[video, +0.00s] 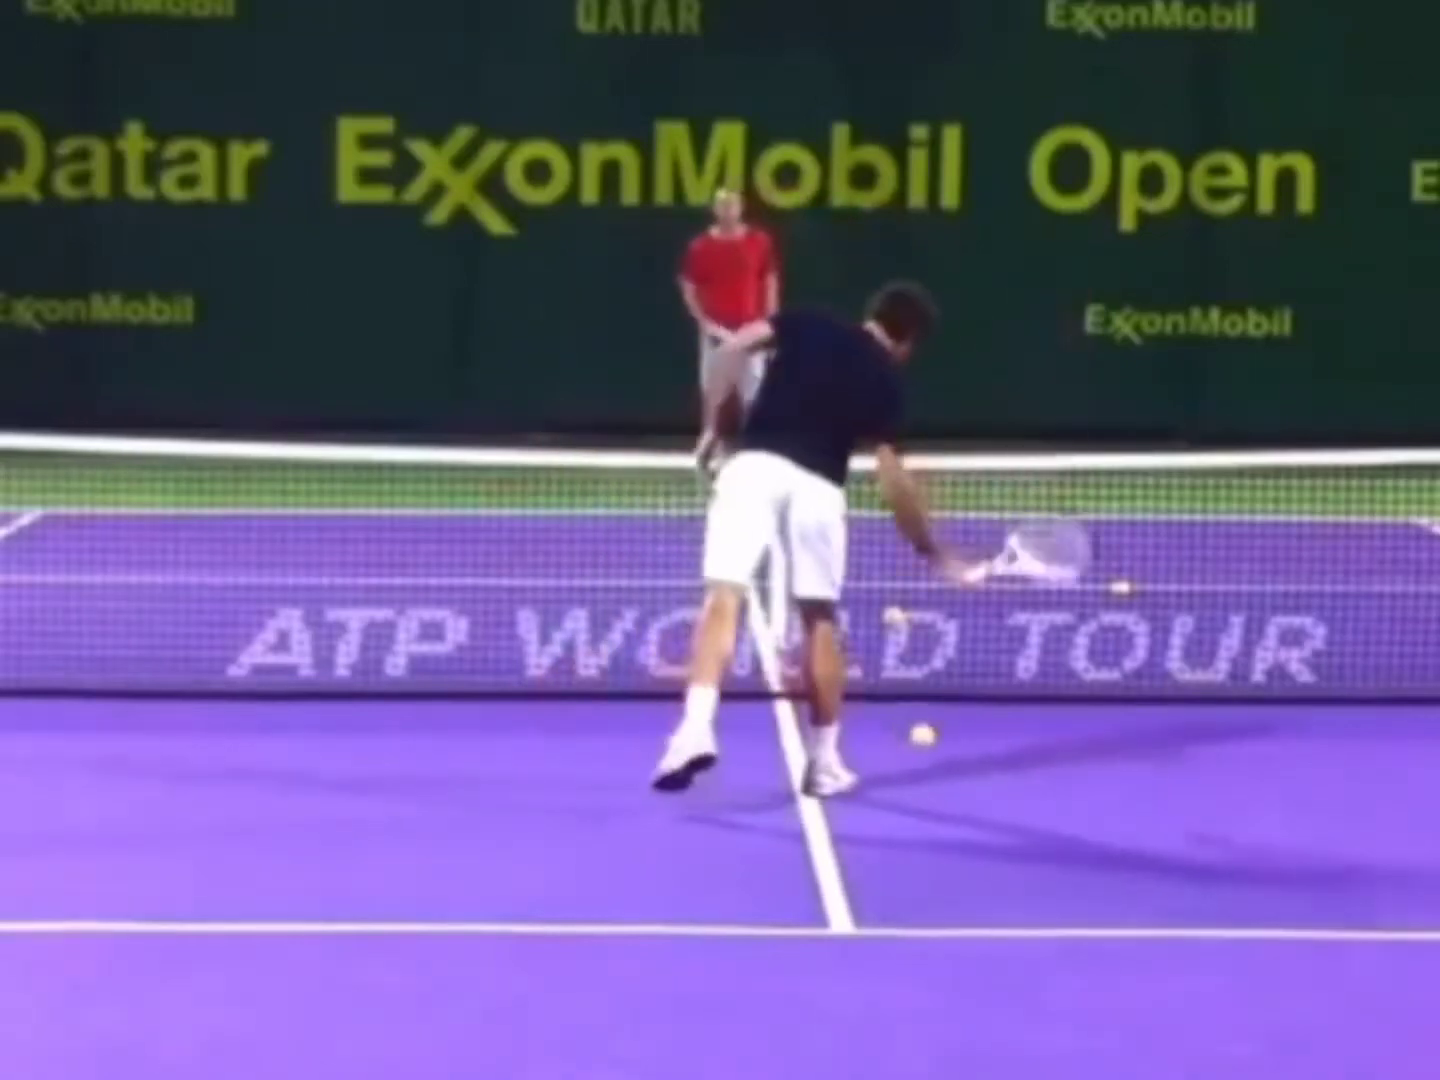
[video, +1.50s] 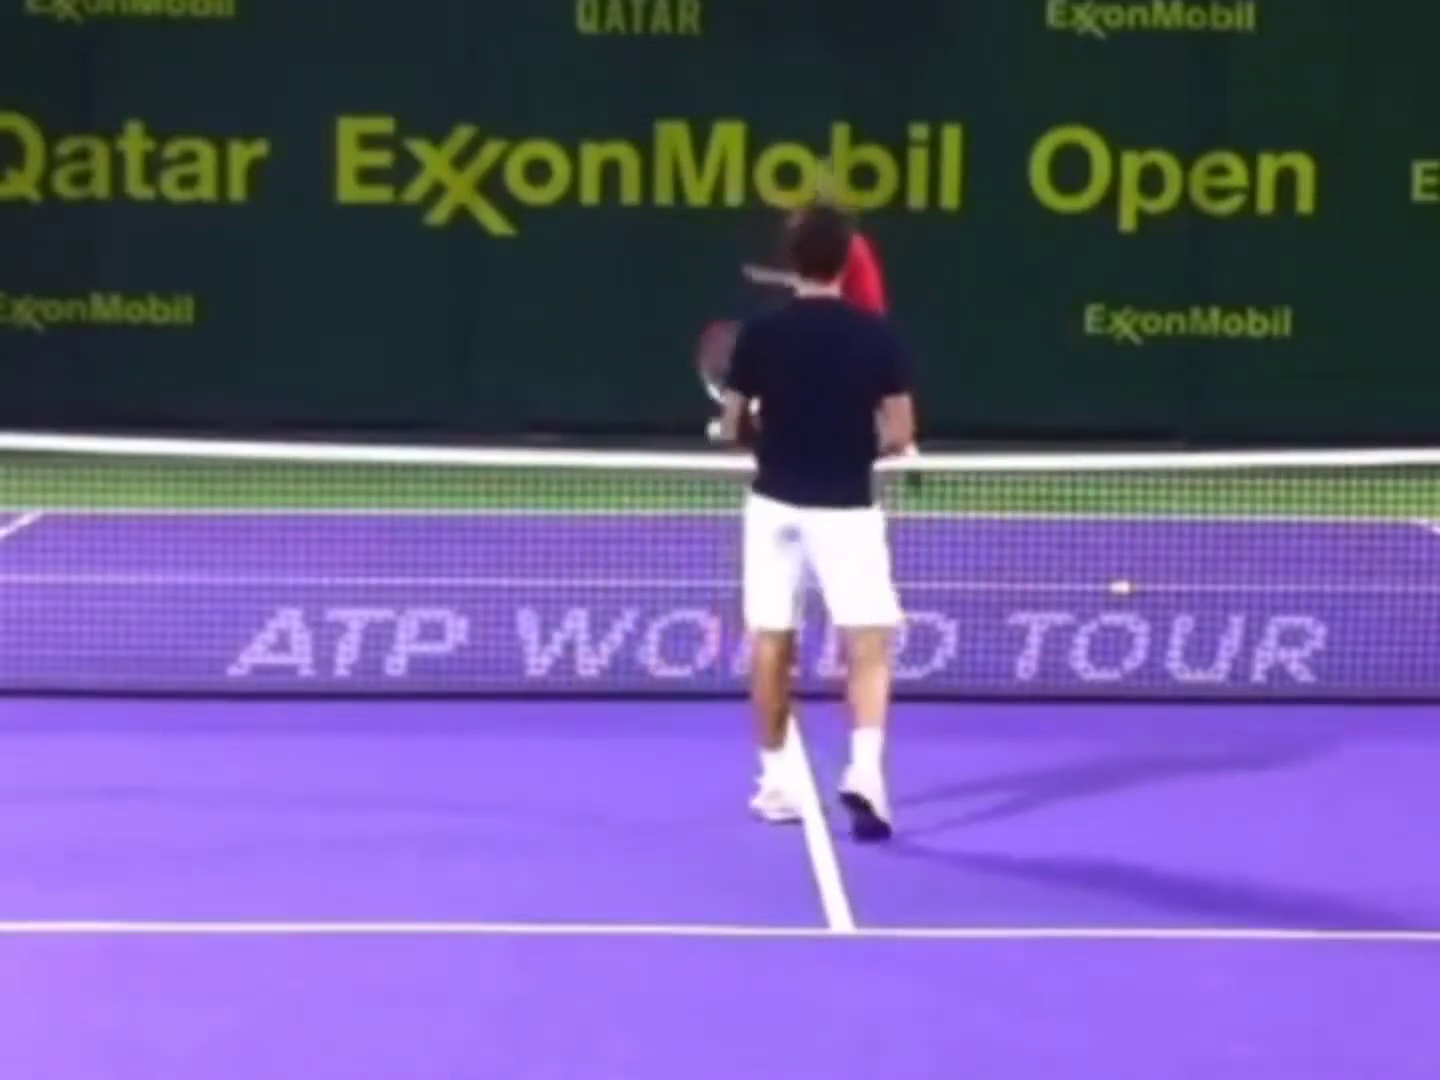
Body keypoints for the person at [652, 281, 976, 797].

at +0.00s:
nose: (910, 355)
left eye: (909, 345)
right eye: (912, 346)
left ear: (867, 314)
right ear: (906, 341)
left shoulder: (810, 324)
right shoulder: (885, 382)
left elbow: (730, 348)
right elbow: (893, 480)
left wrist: (716, 424)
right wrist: (933, 551)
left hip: (753, 469)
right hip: (817, 491)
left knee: (722, 599)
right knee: (821, 622)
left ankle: (697, 727)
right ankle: (824, 759)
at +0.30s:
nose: (921, 367)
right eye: (923, 359)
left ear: (884, 323)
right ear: (919, 356)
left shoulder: (836, 328)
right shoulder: (903, 397)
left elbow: (772, 346)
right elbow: (898, 505)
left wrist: (762, 421)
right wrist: (871, 539)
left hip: (778, 459)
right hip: (842, 487)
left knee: (727, 584)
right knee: (833, 616)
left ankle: (690, 705)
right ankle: (826, 759)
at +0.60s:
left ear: (874, 280)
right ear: (921, 305)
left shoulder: (829, 304)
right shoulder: (909, 361)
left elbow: (778, 352)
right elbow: (890, 458)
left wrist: (768, 422)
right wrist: (867, 474)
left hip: (784, 465)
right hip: (849, 485)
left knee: (745, 590)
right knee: (836, 618)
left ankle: (742, 723)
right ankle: (827, 757)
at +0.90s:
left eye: (835, 265)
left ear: (824, 273)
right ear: (874, 285)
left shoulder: (778, 333)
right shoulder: (887, 350)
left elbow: (738, 418)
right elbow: (911, 445)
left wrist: (753, 457)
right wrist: (873, 468)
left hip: (775, 505)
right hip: (846, 512)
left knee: (757, 637)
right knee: (843, 631)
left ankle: (781, 757)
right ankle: (832, 758)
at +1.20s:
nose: (830, 266)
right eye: (833, 258)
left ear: (779, 259)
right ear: (835, 260)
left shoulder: (749, 323)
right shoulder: (858, 326)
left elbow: (717, 414)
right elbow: (898, 415)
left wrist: (760, 415)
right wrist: (863, 450)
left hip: (769, 493)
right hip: (841, 497)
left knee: (769, 632)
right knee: (853, 625)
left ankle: (782, 771)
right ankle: (855, 766)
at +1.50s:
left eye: (800, 257)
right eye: (839, 254)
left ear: (790, 263)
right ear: (848, 262)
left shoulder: (761, 329)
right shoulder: (874, 334)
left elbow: (734, 418)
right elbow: (898, 431)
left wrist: (769, 428)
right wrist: (851, 444)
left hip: (772, 502)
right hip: (845, 508)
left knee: (770, 639)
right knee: (870, 638)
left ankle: (779, 775)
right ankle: (864, 767)